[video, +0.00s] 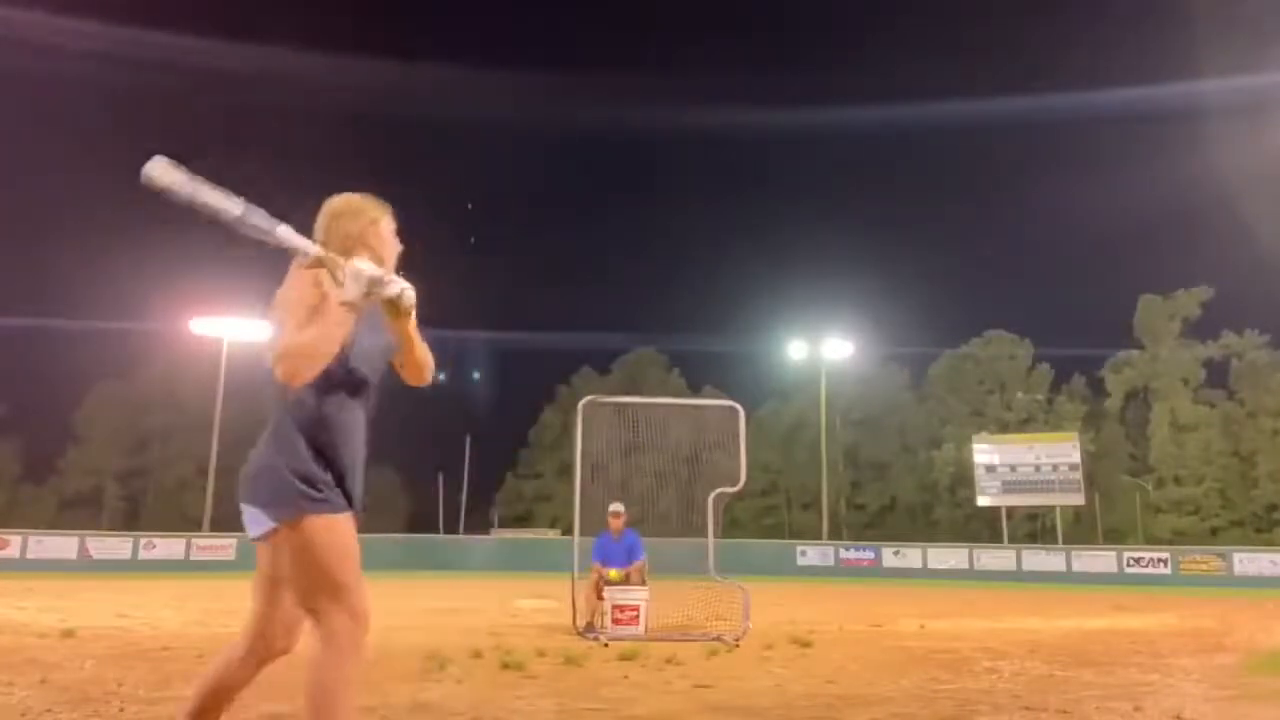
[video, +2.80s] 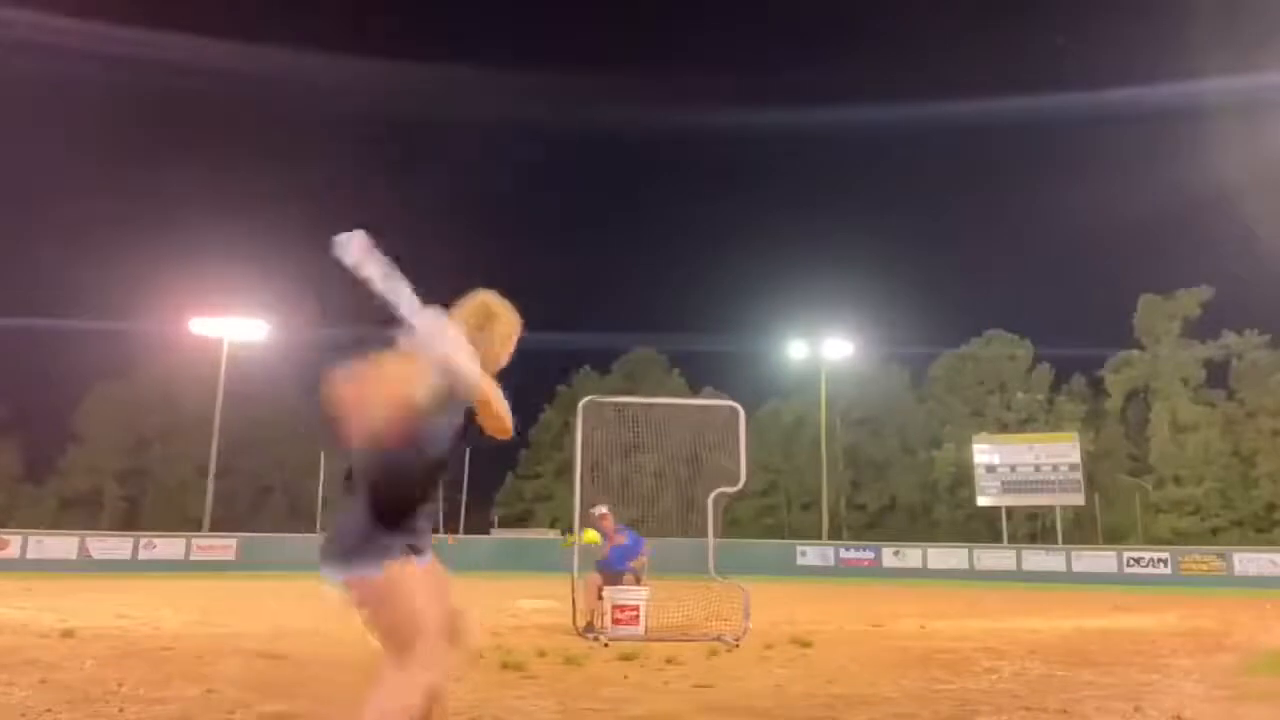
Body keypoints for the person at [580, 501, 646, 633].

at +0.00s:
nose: (615, 520)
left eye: (619, 516)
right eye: (612, 516)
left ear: (625, 518)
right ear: (608, 518)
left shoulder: (632, 537)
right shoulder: (601, 538)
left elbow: (640, 560)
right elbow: (595, 562)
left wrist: (625, 571)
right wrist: (605, 572)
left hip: (626, 571)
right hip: (607, 572)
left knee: (636, 573)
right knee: (593, 579)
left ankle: (635, 618)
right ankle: (589, 621)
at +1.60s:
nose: (610, 520)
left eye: (613, 516)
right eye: (607, 517)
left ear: (621, 517)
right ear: (602, 519)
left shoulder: (631, 537)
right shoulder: (599, 539)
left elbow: (638, 562)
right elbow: (594, 565)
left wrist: (618, 562)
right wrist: (602, 564)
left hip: (624, 574)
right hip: (607, 574)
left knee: (633, 577)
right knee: (592, 579)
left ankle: (631, 620)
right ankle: (589, 621)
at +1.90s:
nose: (603, 521)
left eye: (606, 517)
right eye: (600, 518)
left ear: (613, 517)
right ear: (596, 520)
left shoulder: (625, 536)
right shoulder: (597, 540)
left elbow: (633, 555)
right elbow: (594, 565)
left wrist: (612, 563)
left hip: (625, 574)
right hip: (608, 575)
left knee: (633, 577)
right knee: (592, 580)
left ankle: (632, 620)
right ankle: (590, 622)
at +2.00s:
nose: (599, 523)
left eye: (601, 518)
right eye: (596, 519)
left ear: (609, 519)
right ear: (593, 522)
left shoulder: (621, 535)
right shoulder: (595, 541)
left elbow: (636, 554)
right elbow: (591, 566)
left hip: (622, 573)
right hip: (603, 574)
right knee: (590, 582)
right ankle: (589, 622)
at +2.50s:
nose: (598, 524)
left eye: (601, 520)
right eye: (595, 521)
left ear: (608, 520)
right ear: (592, 524)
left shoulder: (622, 534)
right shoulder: (596, 540)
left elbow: (642, 545)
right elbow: (592, 563)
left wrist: (641, 568)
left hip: (623, 572)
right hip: (605, 573)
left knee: (629, 577)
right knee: (592, 580)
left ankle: (627, 620)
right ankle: (589, 622)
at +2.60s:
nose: (598, 523)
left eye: (601, 519)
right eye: (595, 520)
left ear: (607, 519)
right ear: (591, 523)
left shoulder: (622, 533)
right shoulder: (594, 538)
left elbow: (644, 545)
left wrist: (642, 556)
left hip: (625, 570)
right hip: (605, 572)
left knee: (629, 579)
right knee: (592, 579)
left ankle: (629, 620)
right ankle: (590, 622)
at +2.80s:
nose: (605, 523)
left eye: (607, 518)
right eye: (601, 520)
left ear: (612, 519)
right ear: (596, 523)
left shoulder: (626, 533)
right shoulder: (599, 540)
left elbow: (643, 545)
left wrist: (639, 561)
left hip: (626, 571)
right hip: (608, 572)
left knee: (629, 579)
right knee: (592, 579)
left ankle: (628, 620)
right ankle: (590, 621)